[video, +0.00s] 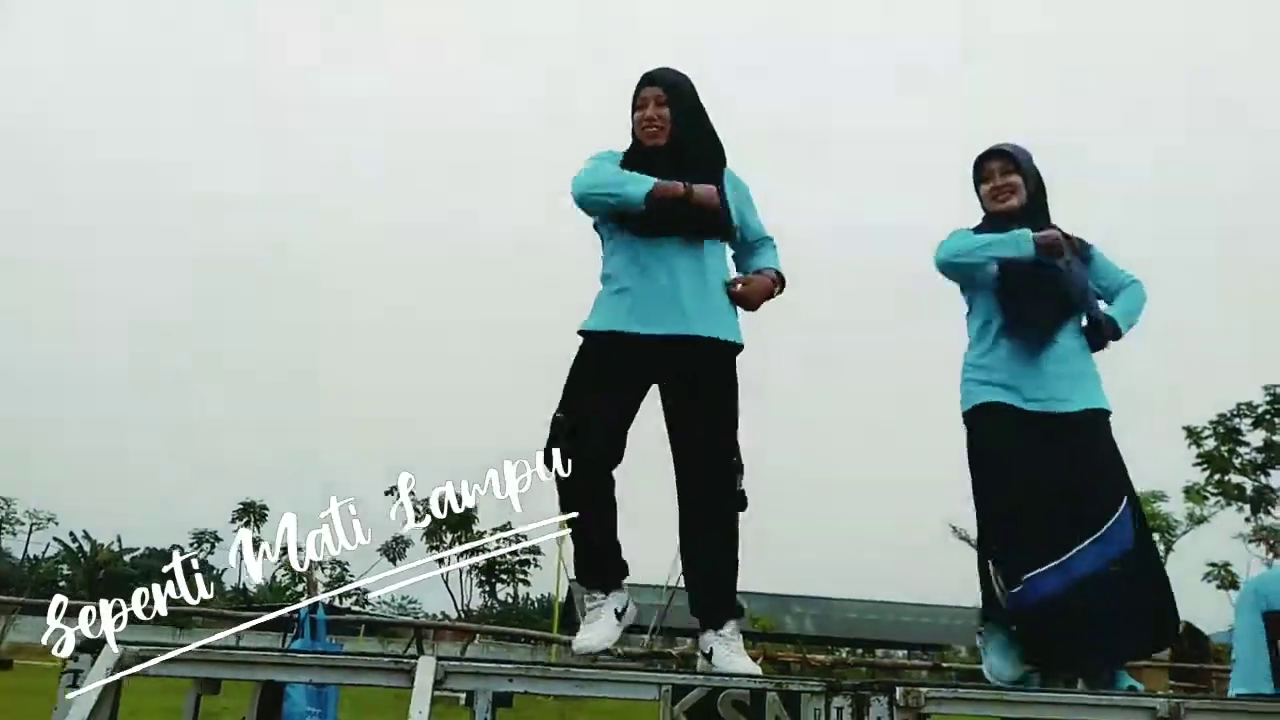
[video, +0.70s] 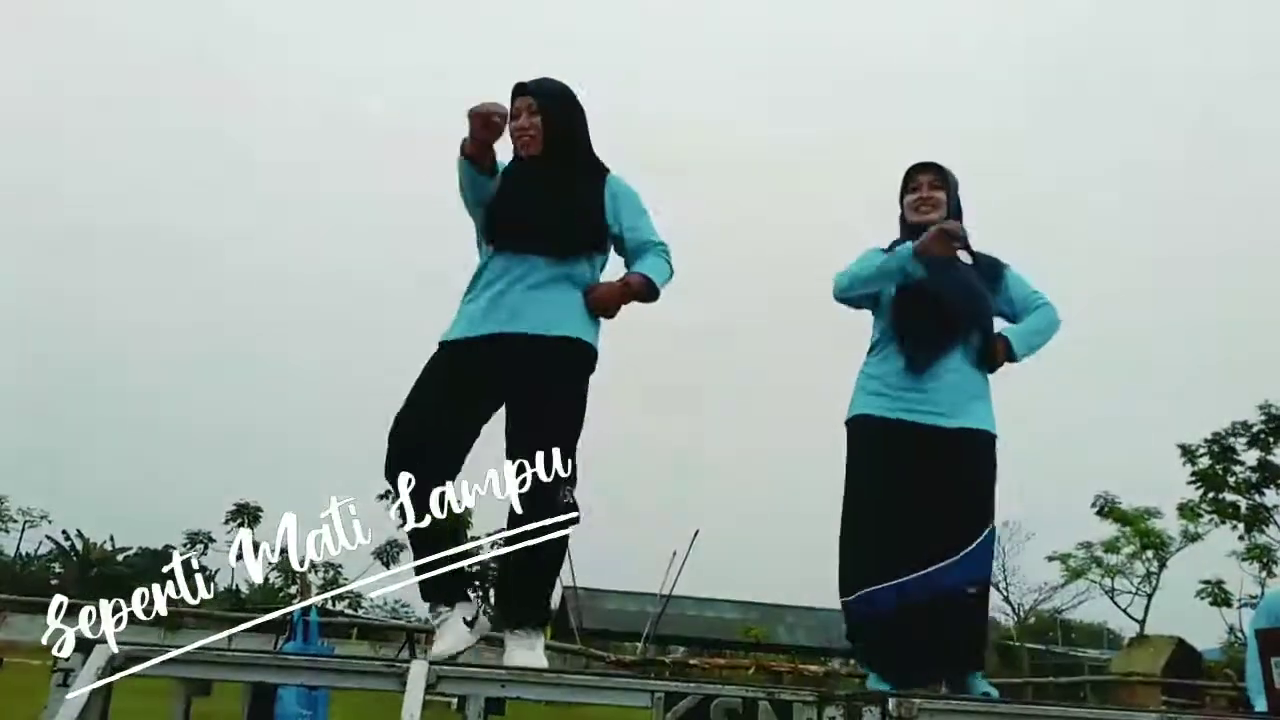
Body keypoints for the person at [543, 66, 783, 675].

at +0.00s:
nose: (651, 115)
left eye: (663, 106)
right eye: (642, 107)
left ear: (688, 114)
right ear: (632, 118)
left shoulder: (724, 182)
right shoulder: (612, 166)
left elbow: (757, 244)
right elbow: (586, 189)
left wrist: (766, 277)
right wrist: (680, 192)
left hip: (703, 336)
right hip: (619, 332)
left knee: (712, 481)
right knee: (575, 455)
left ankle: (719, 628)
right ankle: (605, 596)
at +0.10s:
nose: (643, 115)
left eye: (655, 106)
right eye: (635, 107)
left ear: (680, 117)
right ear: (625, 119)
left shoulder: (711, 189)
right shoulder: (600, 174)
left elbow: (739, 255)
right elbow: (507, 193)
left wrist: (745, 288)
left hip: (686, 346)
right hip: (599, 338)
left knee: (694, 491)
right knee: (540, 461)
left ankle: (709, 639)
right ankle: (529, 605)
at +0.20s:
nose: (622, 120)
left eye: (635, 113)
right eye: (615, 112)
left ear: (659, 126)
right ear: (605, 125)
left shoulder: (679, 200)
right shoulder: (571, 178)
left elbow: (706, 287)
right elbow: (485, 217)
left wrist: (713, 305)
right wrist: (494, 211)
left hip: (668, 354)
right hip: (581, 350)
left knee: (692, 494)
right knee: (518, 477)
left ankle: (711, 641)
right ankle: (479, 623)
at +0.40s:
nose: (571, 112)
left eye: (585, 104)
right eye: (563, 104)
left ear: (608, 116)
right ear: (551, 115)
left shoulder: (633, 186)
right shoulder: (519, 168)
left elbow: (672, 260)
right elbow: (449, 211)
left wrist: (668, 291)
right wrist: (515, 185)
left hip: (605, 337)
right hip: (518, 335)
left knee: (632, 481)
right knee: (480, 477)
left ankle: (648, 627)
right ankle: (475, 624)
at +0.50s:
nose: (546, 108)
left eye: (558, 99)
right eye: (539, 100)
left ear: (586, 108)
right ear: (529, 111)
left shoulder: (621, 177)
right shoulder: (503, 161)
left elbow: (663, 244)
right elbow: (486, 197)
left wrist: (652, 278)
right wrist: (577, 181)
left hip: (585, 325)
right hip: (503, 325)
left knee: (584, 469)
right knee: (481, 467)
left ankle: (569, 614)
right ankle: (476, 619)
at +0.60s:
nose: (526, 117)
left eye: (538, 108)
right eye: (522, 109)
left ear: (569, 115)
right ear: (515, 120)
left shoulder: (609, 181)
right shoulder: (497, 171)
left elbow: (657, 248)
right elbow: (495, 195)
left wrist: (635, 282)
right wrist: (585, 179)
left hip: (568, 321)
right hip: (491, 321)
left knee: (542, 463)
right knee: (461, 455)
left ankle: (526, 621)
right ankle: (471, 617)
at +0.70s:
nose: (519, 126)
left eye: (529, 116)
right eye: (514, 119)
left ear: (561, 119)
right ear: (511, 130)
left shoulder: (603, 186)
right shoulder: (504, 185)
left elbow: (655, 258)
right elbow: (476, 185)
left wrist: (624, 288)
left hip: (558, 333)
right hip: (477, 331)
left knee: (543, 478)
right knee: (413, 458)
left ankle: (525, 625)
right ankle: (460, 598)